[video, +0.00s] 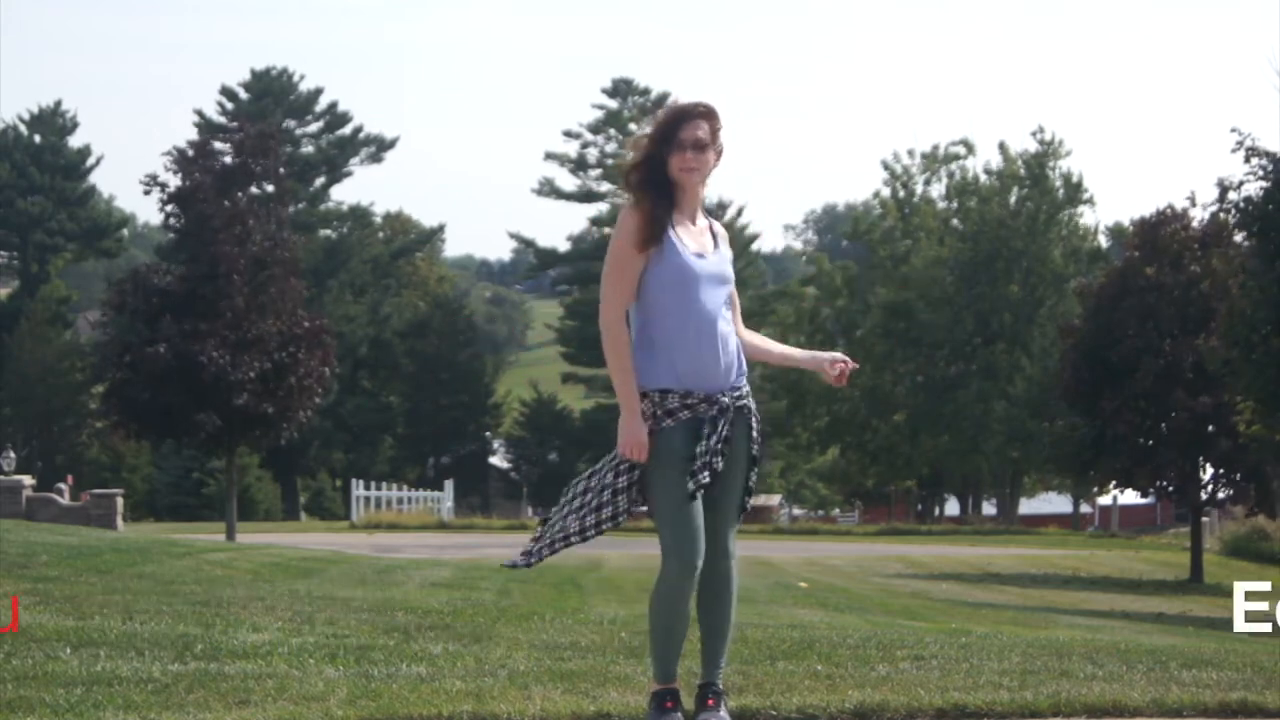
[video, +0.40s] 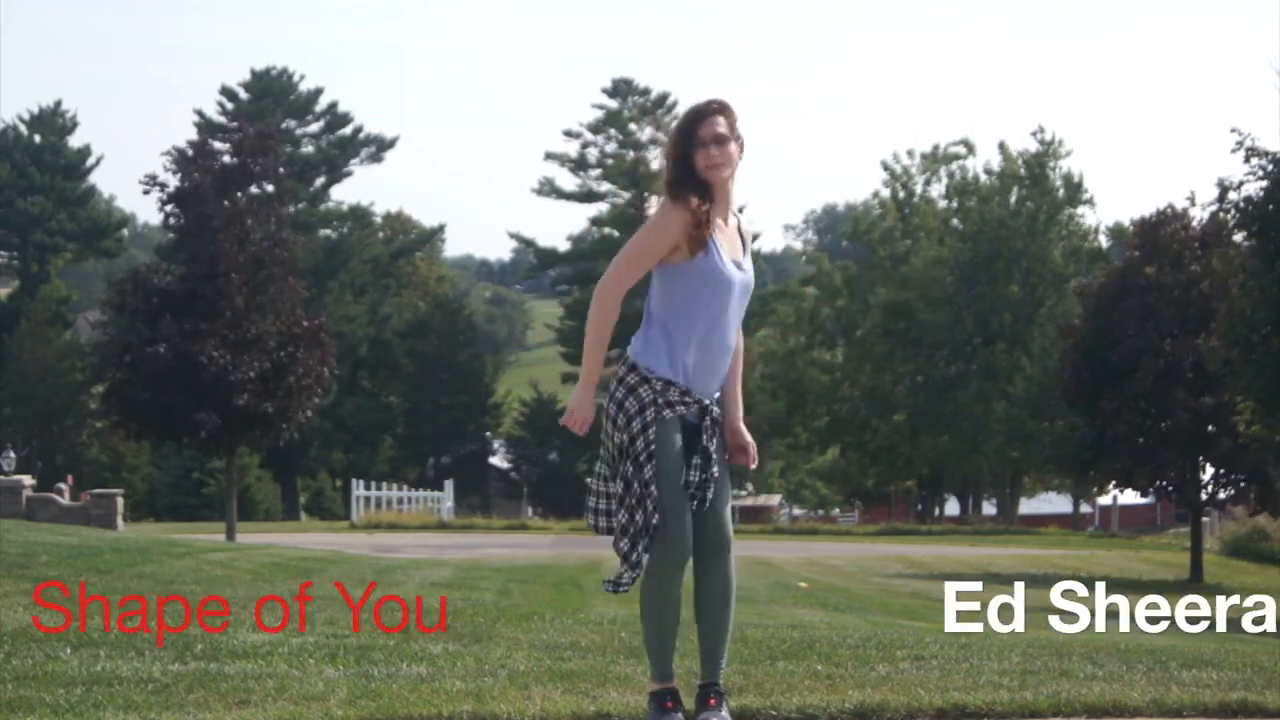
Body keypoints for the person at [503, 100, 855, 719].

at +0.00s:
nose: (694, 155)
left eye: (704, 145)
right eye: (683, 145)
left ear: (718, 155)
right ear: (662, 155)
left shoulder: (716, 233)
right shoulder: (639, 219)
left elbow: (735, 333)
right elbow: (612, 315)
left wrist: (814, 359)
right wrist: (629, 410)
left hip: (732, 408)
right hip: (668, 410)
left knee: (719, 554)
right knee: (684, 556)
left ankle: (713, 690)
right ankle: (666, 692)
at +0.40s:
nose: (720, 149)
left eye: (728, 139)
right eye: (708, 142)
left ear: (741, 147)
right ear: (689, 154)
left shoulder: (733, 227)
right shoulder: (677, 216)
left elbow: (732, 331)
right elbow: (609, 288)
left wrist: (734, 418)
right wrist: (587, 384)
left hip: (705, 406)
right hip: (654, 396)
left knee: (717, 544)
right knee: (672, 543)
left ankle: (712, 690)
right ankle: (662, 690)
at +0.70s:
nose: (711, 148)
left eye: (720, 137)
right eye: (698, 142)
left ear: (740, 147)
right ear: (684, 156)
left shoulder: (762, 236)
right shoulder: (660, 218)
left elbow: (753, 336)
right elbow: (579, 274)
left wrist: (723, 411)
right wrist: (512, 339)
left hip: (707, 407)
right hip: (641, 394)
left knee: (711, 547)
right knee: (647, 545)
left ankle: (712, 689)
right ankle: (660, 685)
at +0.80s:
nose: (705, 148)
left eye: (714, 137)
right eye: (693, 142)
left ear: (735, 148)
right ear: (679, 157)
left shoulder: (765, 238)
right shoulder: (655, 218)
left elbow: (761, 339)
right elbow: (572, 274)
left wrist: (722, 412)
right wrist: (494, 325)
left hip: (710, 407)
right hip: (637, 394)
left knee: (705, 548)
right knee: (646, 544)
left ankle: (711, 690)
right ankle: (659, 684)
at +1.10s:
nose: (691, 154)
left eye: (702, 145)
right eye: (681, 146)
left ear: (719, 156)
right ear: (662, 157)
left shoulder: (745, 227)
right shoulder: (650, 234)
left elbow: (792, 320)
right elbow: (570, 290)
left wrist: (742, 402)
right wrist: (478, 296)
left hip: (703, 413)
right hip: (636, 405)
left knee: (690, 560)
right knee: (647, 554)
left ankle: (708, 693)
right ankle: (658, 684)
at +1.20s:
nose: (693, 159)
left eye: (702, 150)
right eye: (682, 150)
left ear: (716, 159)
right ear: (660, 159)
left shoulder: (738, 222)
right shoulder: (650, 238)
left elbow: (805, 298)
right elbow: (573, 302)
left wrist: (775, 388)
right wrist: (480, 295)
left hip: (703, 414)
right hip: (640, 406)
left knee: (687, 562)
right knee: (647, 558)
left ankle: (707, 693)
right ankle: (658, 685)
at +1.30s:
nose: (694, 162)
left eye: (703, 153)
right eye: (682, 152)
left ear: (713, 159)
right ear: (660, 159)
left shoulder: (730, 218)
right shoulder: (647, 241)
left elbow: (819, 268)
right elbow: (575, 310)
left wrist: (826, 354)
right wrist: (485, 301)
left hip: (707, 411)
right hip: (647, 406)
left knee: (685, 561)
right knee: (646, 555)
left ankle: (705, 695)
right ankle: (658, 685)